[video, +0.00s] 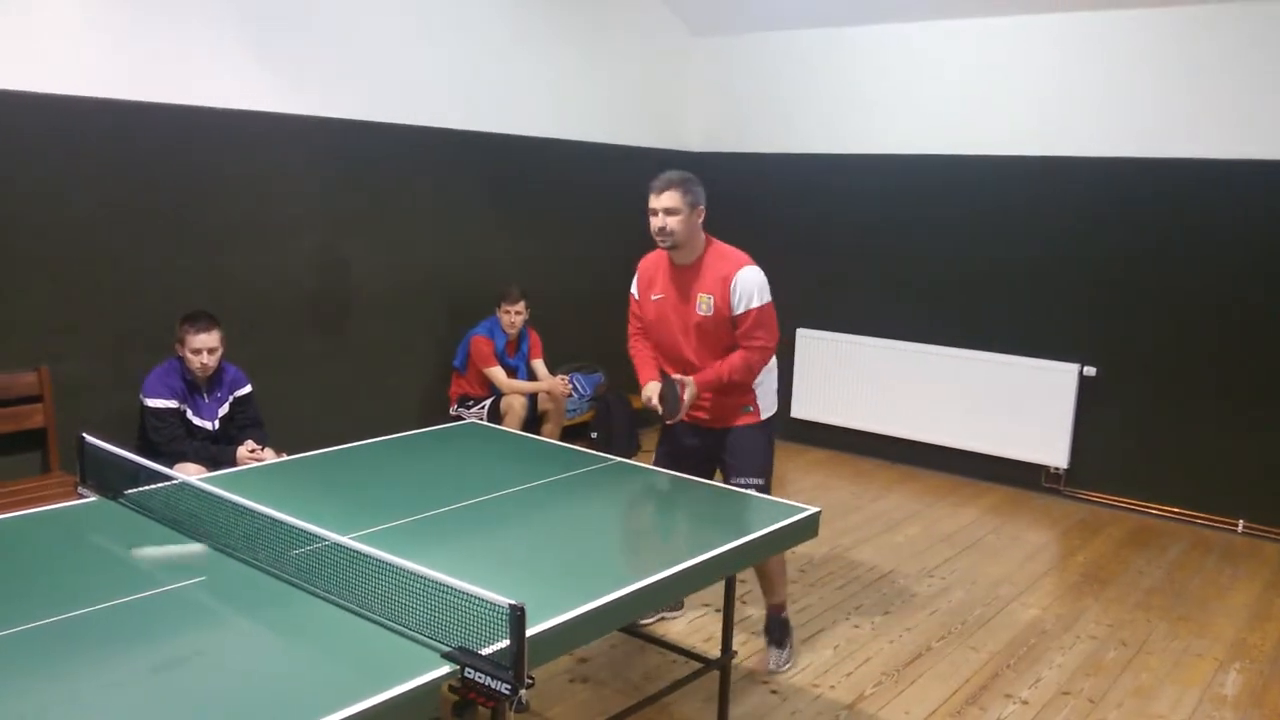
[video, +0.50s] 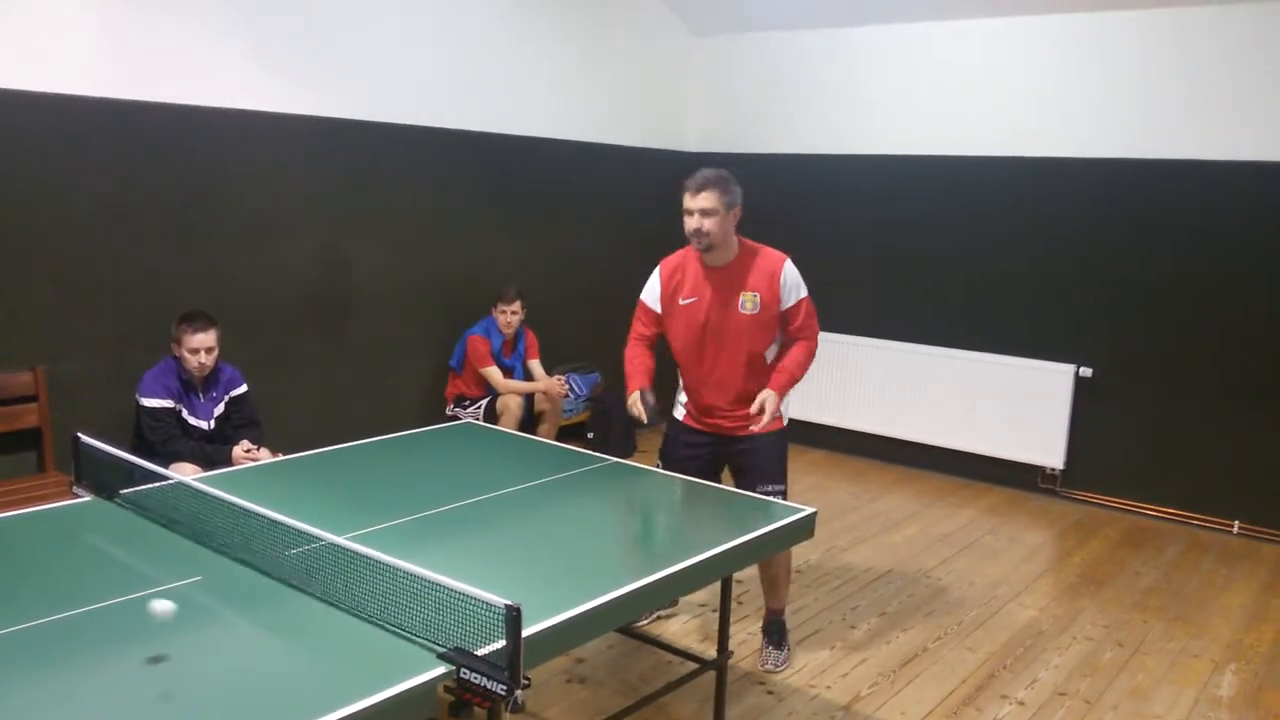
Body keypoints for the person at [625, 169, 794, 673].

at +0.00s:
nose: (658, 223)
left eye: (669, 213)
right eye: (653, 213)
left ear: (699, 215)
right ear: (649, 216)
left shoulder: (740, 273)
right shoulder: (647, 271)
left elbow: (760, 347)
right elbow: (638, 335)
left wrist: (700, 382)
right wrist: (650, 379)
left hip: (743, 418)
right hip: (684, 416)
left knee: (752, 518)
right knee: (662, 506)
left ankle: (778, 624)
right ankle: (667, 593)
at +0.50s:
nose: (696, 224)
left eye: (707, 214)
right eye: (689, 213)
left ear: (735, 214)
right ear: (682, 215)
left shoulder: (775, 270)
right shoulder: (669, 272)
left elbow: (804, 336)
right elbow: (641, 336)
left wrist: (776, 388)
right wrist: (637, 384)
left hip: (757, 424)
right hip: (693, 418)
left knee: (770, 524)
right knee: (666, 509)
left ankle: (774, 625)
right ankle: (661, 588)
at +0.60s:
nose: (705, 214)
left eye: (716, 204)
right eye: (699, 203)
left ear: (744, 207)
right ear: (691, 205)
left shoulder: (779, 266)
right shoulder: (674, 266)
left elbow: (808, 339)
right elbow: (657, 331)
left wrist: (786, 405)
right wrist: (654, 381)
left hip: (756, 430)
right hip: (690, 423)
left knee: (769, 530)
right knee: (661, 512)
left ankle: (775, 625)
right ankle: (646, 593)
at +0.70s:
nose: (705, 202)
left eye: (717, 194)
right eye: (700, 192)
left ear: (744, 199)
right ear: (693, 196)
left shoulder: (777, 262)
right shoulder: (674, 257)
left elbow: (808, 338)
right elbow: (665, 323)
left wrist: (802, 415)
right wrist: (663, 370)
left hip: (752, 432)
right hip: (684, 423)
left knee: (768, 531)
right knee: (645, 505)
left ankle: (775, 623)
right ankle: (637, 596)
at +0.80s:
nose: (704, 194)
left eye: (716, 186)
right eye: (699, 185)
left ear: (744, 193)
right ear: (693, 189)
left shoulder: (774, 258)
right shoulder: (676, 249)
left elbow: (807, 336)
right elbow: (670, 317)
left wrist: (822, 410)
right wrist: (669, 357)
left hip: (747, 427)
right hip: (681, 418)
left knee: (765, 528)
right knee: (654, 512)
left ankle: (779, 622)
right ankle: (646, 610)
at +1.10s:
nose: (652, 237)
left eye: (661, 227)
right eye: (648, 228)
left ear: (694, 226)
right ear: (649, 229)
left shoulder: (740, 277)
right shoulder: (653, 280)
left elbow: (772, 351)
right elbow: (650, 344)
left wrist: (705, 371)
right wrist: (642, 380)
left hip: (740, 431)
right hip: (684, 426)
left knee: (744, 533)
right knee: (665, 516)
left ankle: (751, 641)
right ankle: (666, 599)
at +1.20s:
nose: (639, 243)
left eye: (648, 233)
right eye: (636, 234)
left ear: (681, 230)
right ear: (645, 237)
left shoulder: (730, 277)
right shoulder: (656, 285)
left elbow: (766, 351)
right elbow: (662, 351)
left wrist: (696, 370)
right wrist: (629, 393)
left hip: (740, 435)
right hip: (687, 428)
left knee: (737, 536)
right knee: (657, 513)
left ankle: (751, 641)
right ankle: (665, 598)